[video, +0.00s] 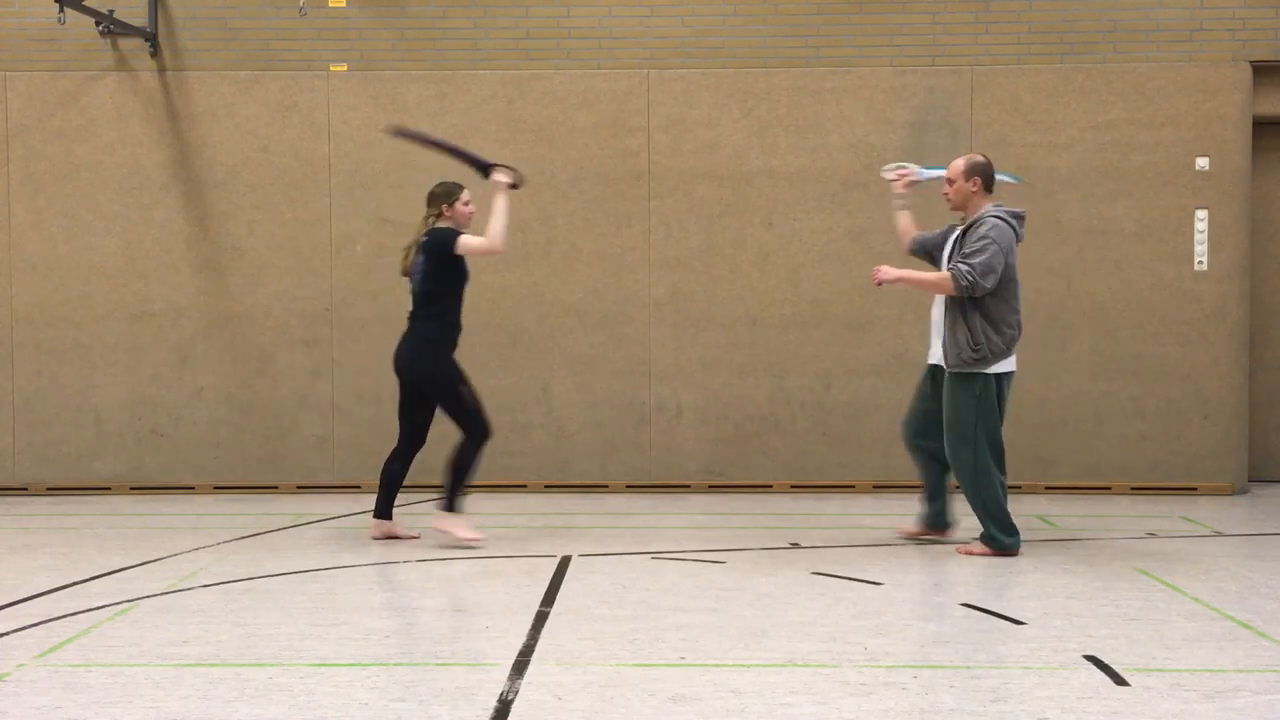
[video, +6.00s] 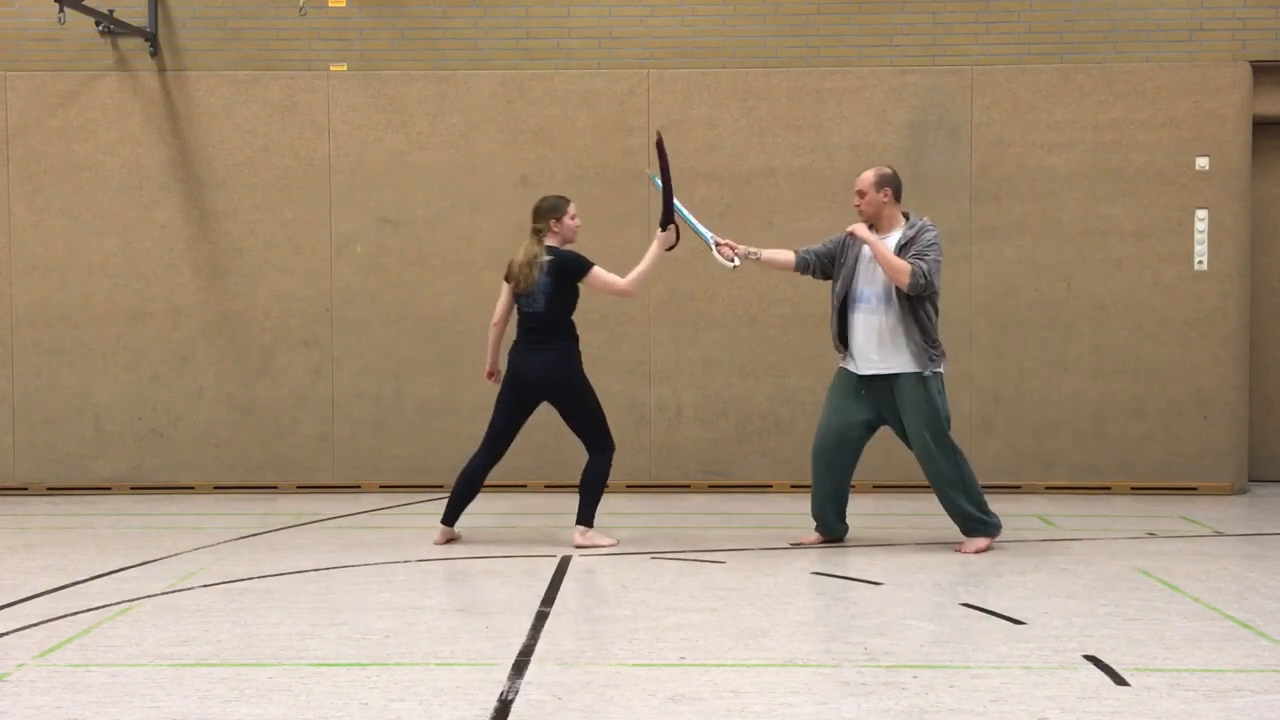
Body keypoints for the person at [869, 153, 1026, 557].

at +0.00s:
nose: (945, 189)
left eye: (950, 182)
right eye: (945, 182)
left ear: (975, 185)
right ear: (972, 186)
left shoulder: (992, 231)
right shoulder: (960, 233)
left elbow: (965, 280)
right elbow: (913, 243)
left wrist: (901, 275)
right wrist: (901, 195)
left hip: (978, 366)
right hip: (946, 362)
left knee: (972, 451)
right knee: (921, 433)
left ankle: (1001, 538)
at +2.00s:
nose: (855, 205)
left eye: (860, 198)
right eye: (854, 198)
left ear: (886, 198)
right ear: (880, 199)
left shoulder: (926, 236)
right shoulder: (858, 242)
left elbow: (944, 294)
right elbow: (829, 286)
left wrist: (887, 299)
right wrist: (797, 310)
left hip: (915, 374)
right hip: (861, 373)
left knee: (937, 454)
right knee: (830, 441)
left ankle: (974, 535)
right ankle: (826, 529)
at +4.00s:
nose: (1051, 207)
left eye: (1053, 198)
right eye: (1049, 199)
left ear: (1077, 194)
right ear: (1086, 194)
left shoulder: (1080, 234)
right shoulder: (1122, 230)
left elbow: (1047, 285)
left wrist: (1016, 251)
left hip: (1089, 372)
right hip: (1133, 369)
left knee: (1049, 447)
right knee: (1136, 451)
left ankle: (1021, 538)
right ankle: (1173, 534)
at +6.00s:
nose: (855, 202)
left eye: (861, 195)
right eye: (855, 195)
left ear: (887, 196)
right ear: (879, 198)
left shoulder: (921, 235)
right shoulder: (851, 243)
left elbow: (915, 282)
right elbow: (804, 259)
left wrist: (871, 239)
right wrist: (743, 252)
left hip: (910, 371)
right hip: (857, 372)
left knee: (934, 450)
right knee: (829, 447)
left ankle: (981, 529)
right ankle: (829, 529)